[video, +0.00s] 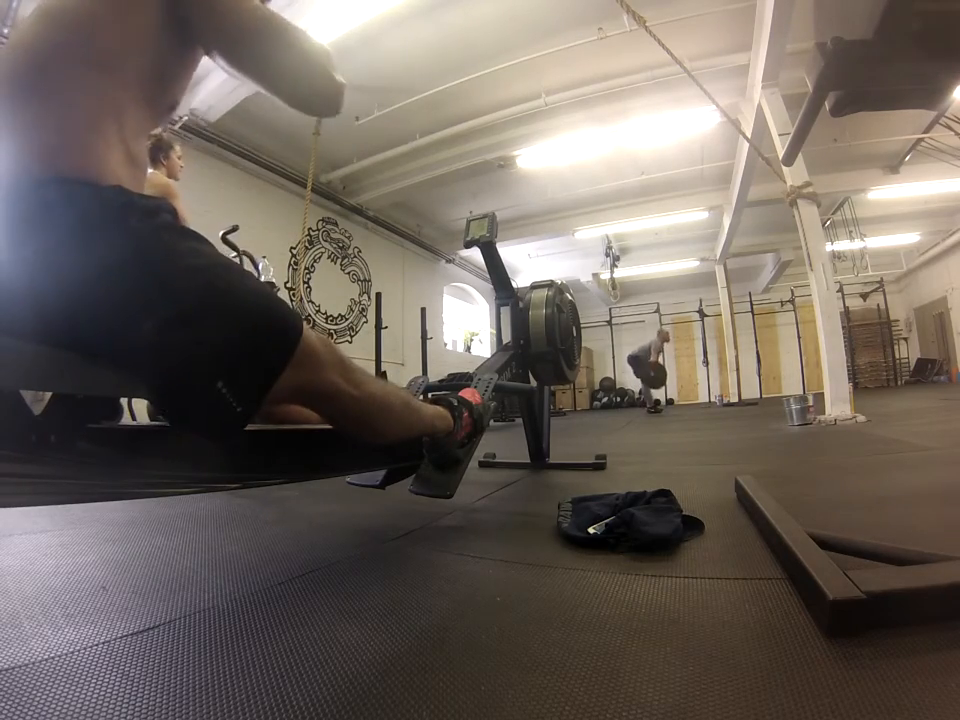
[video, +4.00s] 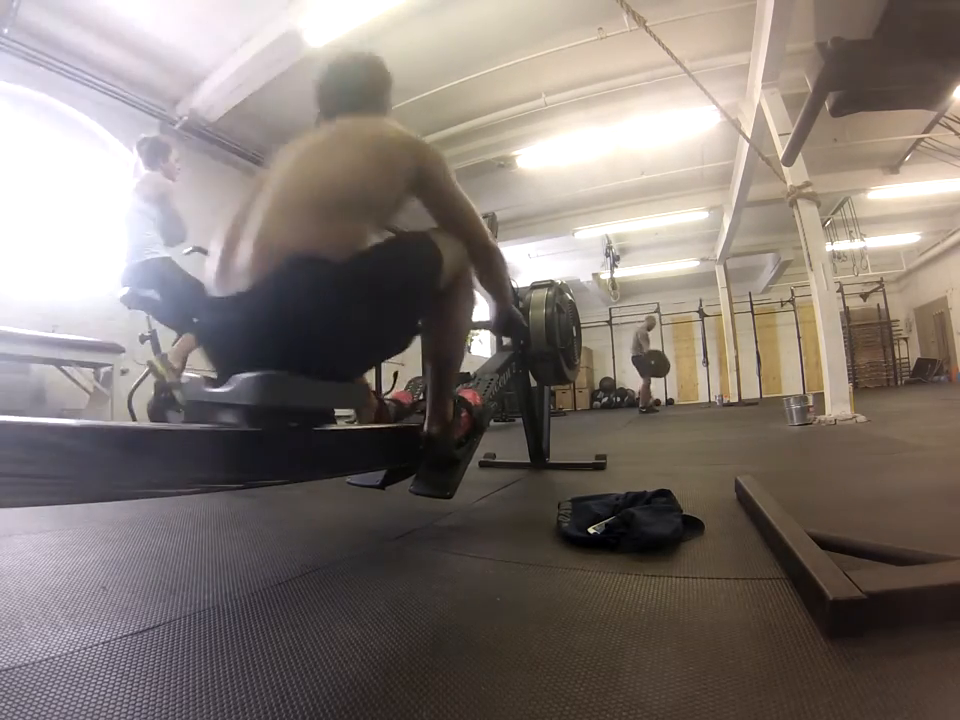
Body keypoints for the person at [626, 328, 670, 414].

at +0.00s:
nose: (668, 336)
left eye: (668, 334)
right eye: (666, 334)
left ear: (660, 335)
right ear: (660, 334)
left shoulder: (659, 344)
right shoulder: (656, 343)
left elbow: (655, 359)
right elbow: (653, 359)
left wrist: (657, 372)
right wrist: (654, 371)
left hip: (639, 358)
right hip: (635, 358)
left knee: (646, 381)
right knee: (645, 381)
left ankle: (650, 404)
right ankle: (650, 405)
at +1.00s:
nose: (674, 357)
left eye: (674, 355)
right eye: (673, 355)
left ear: (667, 356)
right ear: (667, 355)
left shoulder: (667, 366)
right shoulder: (662, 361)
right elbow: (659, 347)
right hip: (648, 388)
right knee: (669, 384)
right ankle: (658, 406)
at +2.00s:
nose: (675, 356)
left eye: (675, 354)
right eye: (673, 354)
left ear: (668, 355)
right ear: (668, 355)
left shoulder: (667, 365)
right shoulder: (662, 361)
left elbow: (664, 380)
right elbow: (659, 349)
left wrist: (665, 399)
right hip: (649, 386)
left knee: (668, 384)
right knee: (669, 384)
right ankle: (658, 406)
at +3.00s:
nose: (659, 315)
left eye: (658, 313)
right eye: (657, 312)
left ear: (654, 312)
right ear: (651, 312)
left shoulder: (653, 324)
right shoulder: (649, 323)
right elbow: (647, 311)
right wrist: (645, 300)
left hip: (652, 354)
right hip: (649, 354)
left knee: (653, 381)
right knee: (652, 381)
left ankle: (654, 404)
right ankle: (644, 404)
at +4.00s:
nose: (653, 327)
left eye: (654, 325)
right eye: (653, 325)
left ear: (646, 322)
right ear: (649, 323)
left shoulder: (641, 331)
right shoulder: (641, 332)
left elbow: (644, 347)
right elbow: (645, 347)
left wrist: (650, 357)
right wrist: (651, 357)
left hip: (639, 356)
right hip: (638, 356)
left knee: (647, 381)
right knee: (646, 381)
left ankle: (647, 404)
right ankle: (643, 405)